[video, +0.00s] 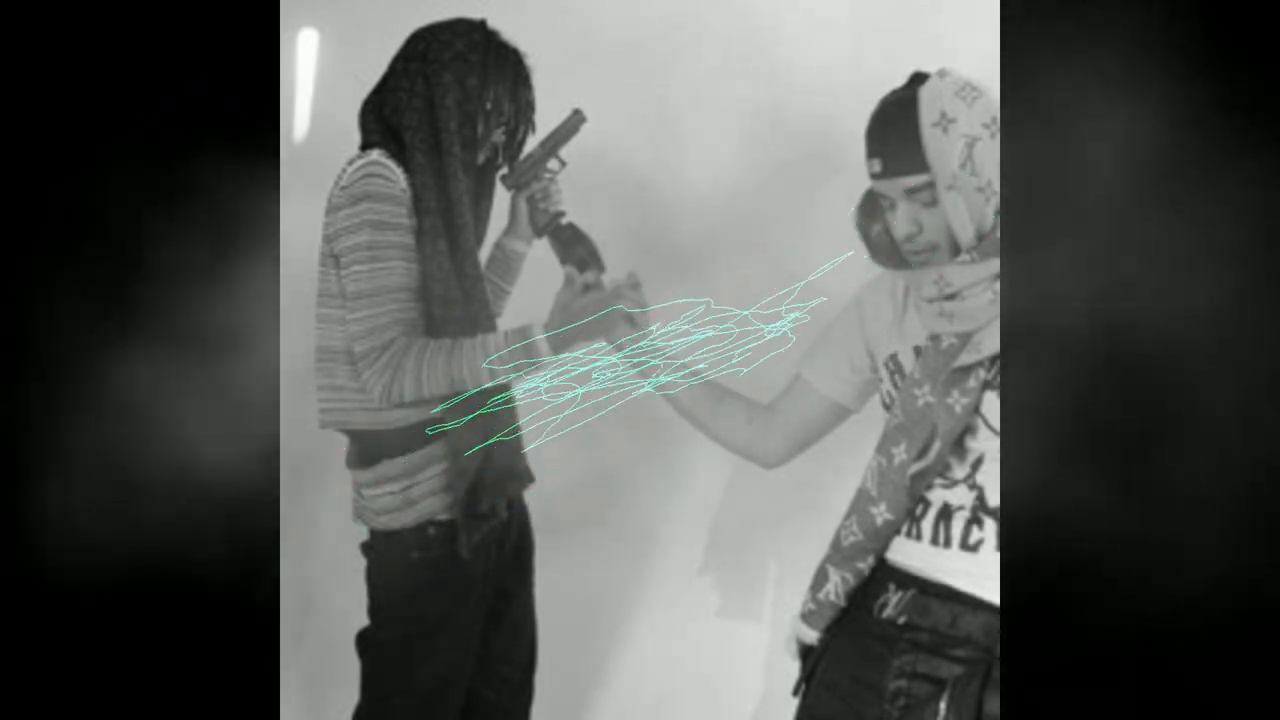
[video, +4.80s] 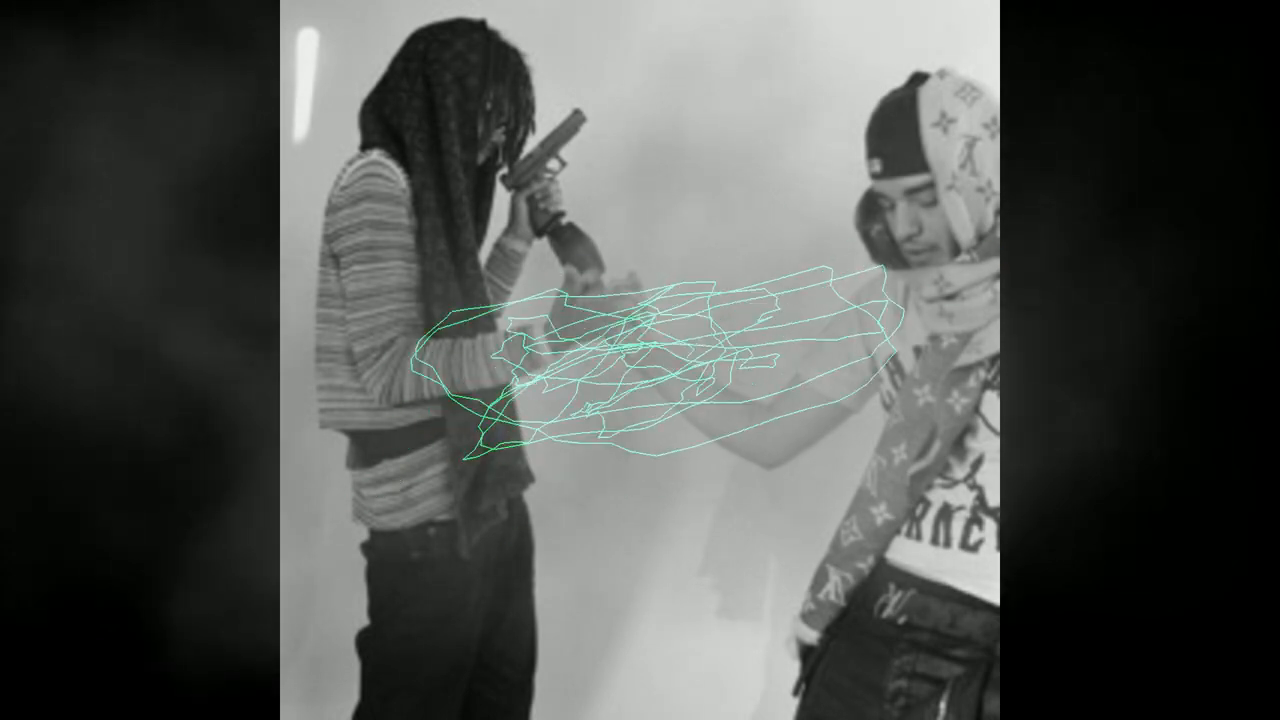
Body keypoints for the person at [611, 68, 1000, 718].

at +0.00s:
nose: (905, 228)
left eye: (926, 198)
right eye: (887, 204)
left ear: (982, 182)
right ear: (874, 203)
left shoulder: (1040, 292)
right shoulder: (892, 303)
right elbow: (769, 436)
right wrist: (638, 344)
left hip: (994, 642)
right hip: (879, 616)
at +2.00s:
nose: (914, 224)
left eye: (932, 196)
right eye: (898, 202)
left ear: (983, 186)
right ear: (879, 209)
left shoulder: (1042, 288)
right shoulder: (887, 306)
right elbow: (770, 436)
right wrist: (637, 343)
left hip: (1001, 637)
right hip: (882, 612)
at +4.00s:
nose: (904, 227)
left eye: (926, 198)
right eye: (885, 205)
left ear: (981, 184)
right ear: (872, 203)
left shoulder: (1039, 287)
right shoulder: (890, 304)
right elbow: (769, 435)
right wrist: (635, 339)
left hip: (1004, 639)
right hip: (889, 615)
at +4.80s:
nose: (904, 229)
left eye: (925, 199)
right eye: (886, 205)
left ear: (980, 183)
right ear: (874, 207)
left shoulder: (1034, 294)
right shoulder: (900, 303)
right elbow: (770, 434)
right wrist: (637, 336)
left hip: (984, 651)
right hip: (870, 623)